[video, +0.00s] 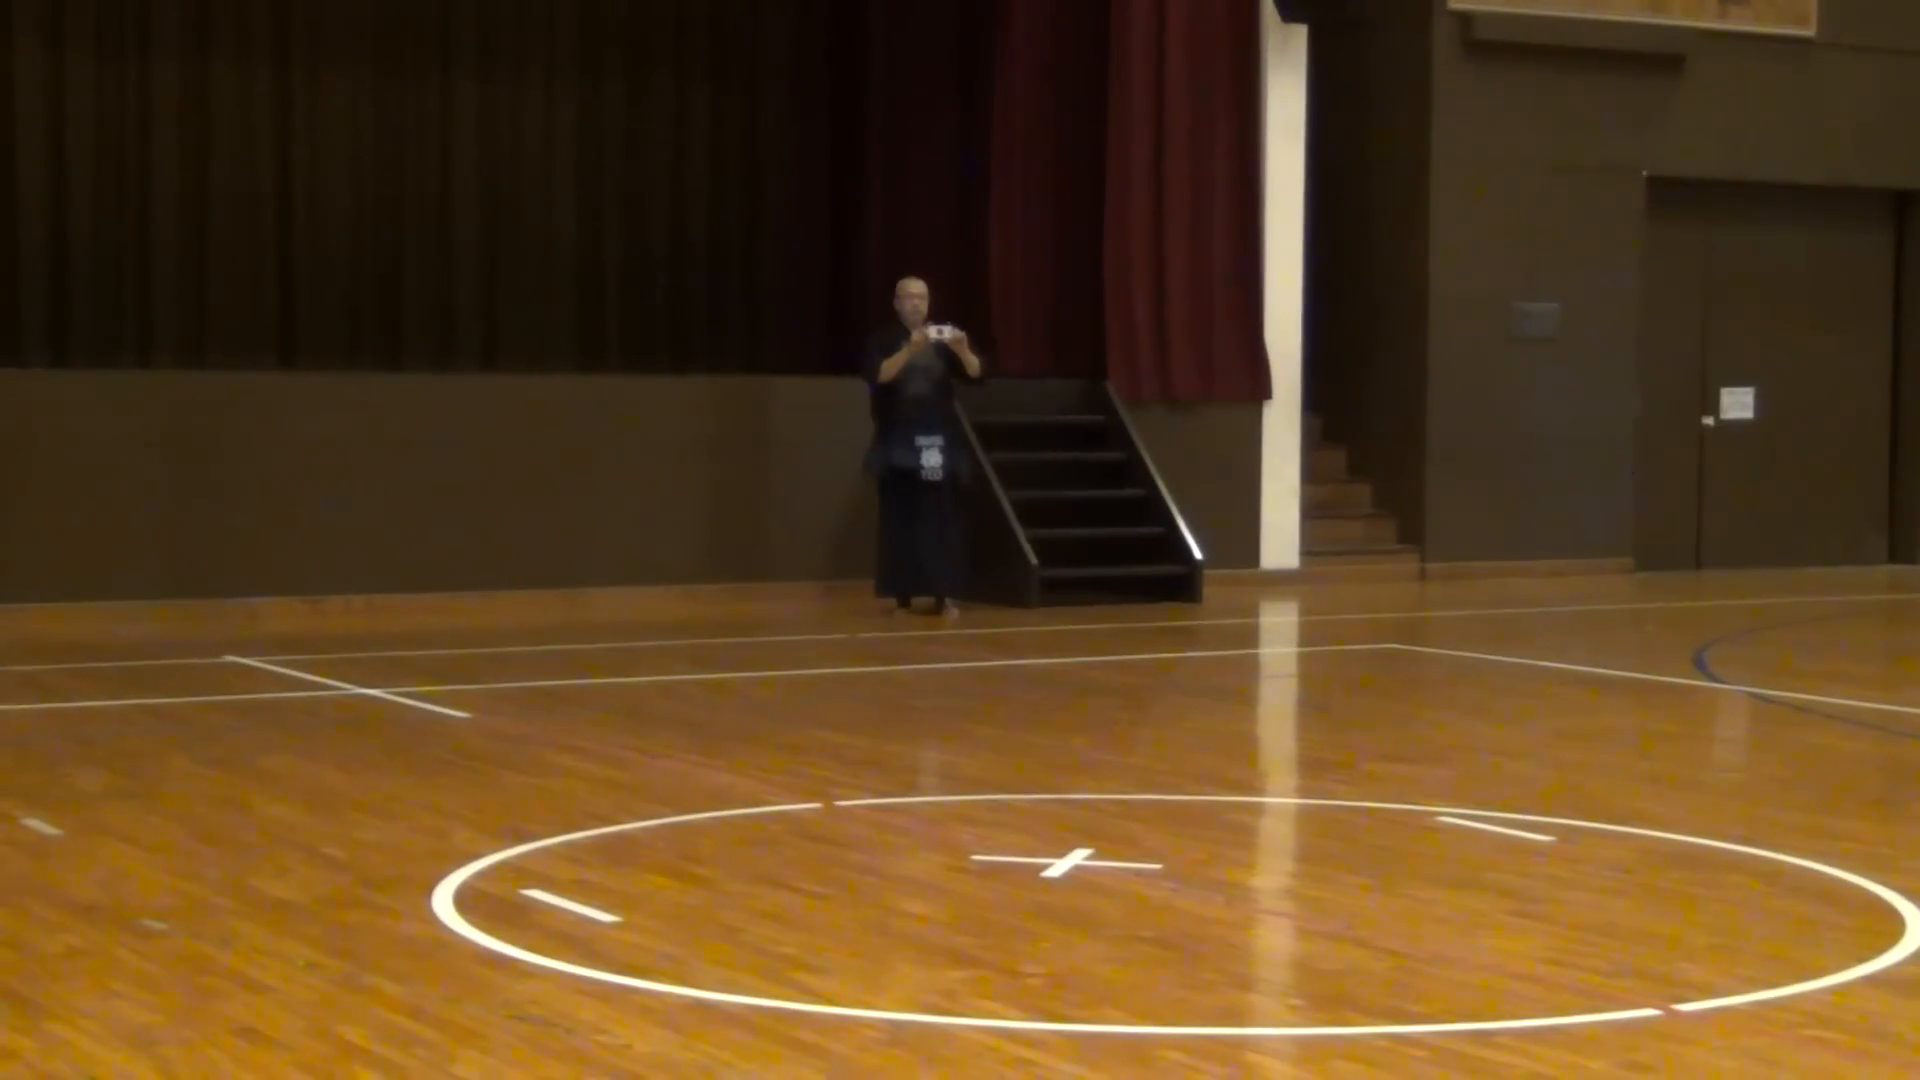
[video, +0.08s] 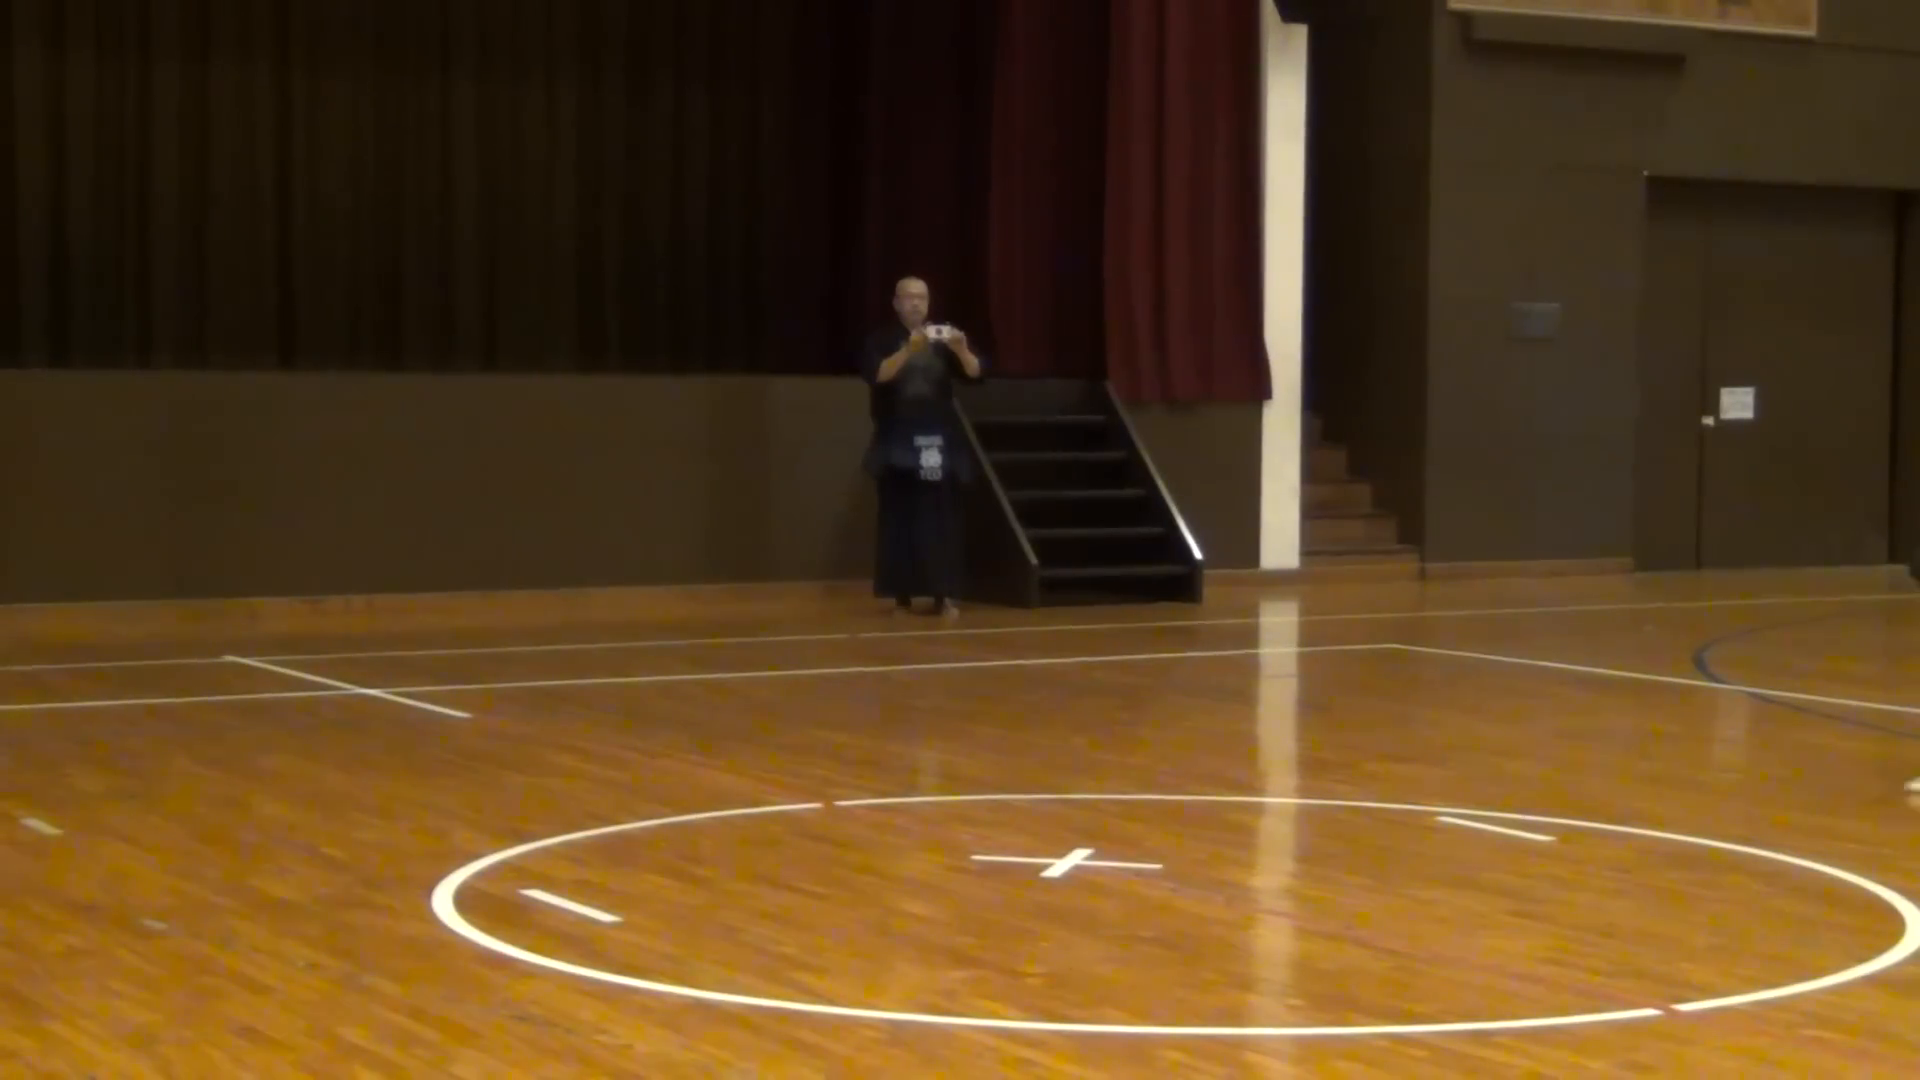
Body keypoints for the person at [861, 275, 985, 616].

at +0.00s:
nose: (914, 304)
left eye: (920, 298)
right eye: (908, 298)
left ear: (929, 302)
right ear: (896, 303)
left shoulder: (942, 340)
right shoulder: (885, 341)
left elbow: (975, 372)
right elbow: (879, 376)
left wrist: (961, 348)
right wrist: (911, 349)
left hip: (939, 437)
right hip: (898, 437)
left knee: (942, 511)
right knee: (900, 514)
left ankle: (946, 591)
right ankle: (902, 590)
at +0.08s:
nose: (915, 304)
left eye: (920, 298)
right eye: (909, 298)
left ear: (929, 303)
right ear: (896, 303)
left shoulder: (942, 339)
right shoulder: (884, 340)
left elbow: (975, 373)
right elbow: (878, 375)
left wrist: (960, 348)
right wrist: (910, 349)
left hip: (939, 436)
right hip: (898, 437)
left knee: (942, 511)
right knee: (900, 513)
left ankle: (946, 592)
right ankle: (901, 590)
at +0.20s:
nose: (915, 304)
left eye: (920, 298)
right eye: (908, 299)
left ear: (928, 303)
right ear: (896, 303)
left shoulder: (942, 338)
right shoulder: (886, 339)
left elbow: (974, 373)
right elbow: (876, 374)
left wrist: (959, 350)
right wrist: (908, 349)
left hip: (939, 436)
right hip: (898, 436)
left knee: (943, 510)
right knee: (900, 511)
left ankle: (946, 592)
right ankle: (902, 591)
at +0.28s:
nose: (914, 305)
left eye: (919, 299)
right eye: (907, 299)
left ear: (928, 303)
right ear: (896, 304)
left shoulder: (942, 339)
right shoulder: (885, 340)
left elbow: (973, 372)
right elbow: (874, 375)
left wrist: (958, 349)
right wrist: (906, 349)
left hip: (938, 436)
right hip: (897, 436)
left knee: (941, 511)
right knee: (899, 513)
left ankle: (945, 592)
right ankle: (901, 591)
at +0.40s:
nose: (913, 305)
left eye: (918, 299)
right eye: (906, 299)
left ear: (927, 303)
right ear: (895, 303)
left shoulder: (942, 338)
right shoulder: (885, 341)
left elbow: (973, 372)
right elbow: (873, 375)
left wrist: (955, 347)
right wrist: (903, 349)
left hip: (938, 437)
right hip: (897, 437)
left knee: (942, 512)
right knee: (900, 513)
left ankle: (946, 593)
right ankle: (903, 592)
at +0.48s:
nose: (912, 305)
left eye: (918, 299)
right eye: (906, 299)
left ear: (928, 303)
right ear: (895, 304)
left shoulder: (942, 338)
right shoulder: (885, 341)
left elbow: (972, 371)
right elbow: (873, 375)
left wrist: (954, 348)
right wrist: (901, 348)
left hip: (938, 436)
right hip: (897, 436)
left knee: (942, 512)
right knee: (899, 512)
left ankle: (947, 593)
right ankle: (901, 591)